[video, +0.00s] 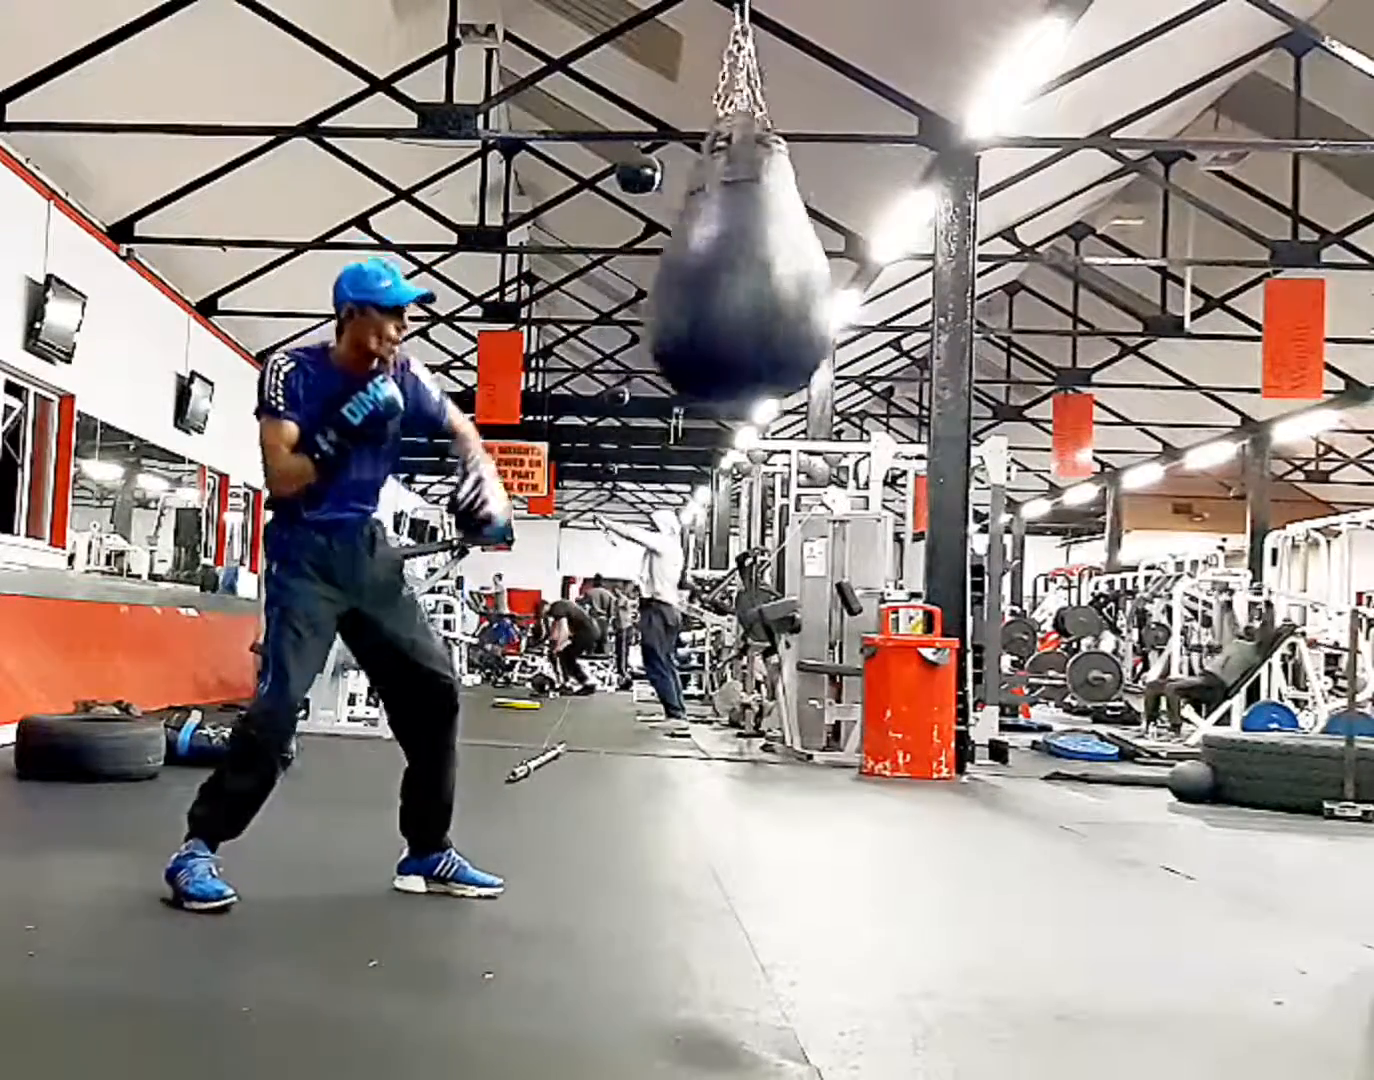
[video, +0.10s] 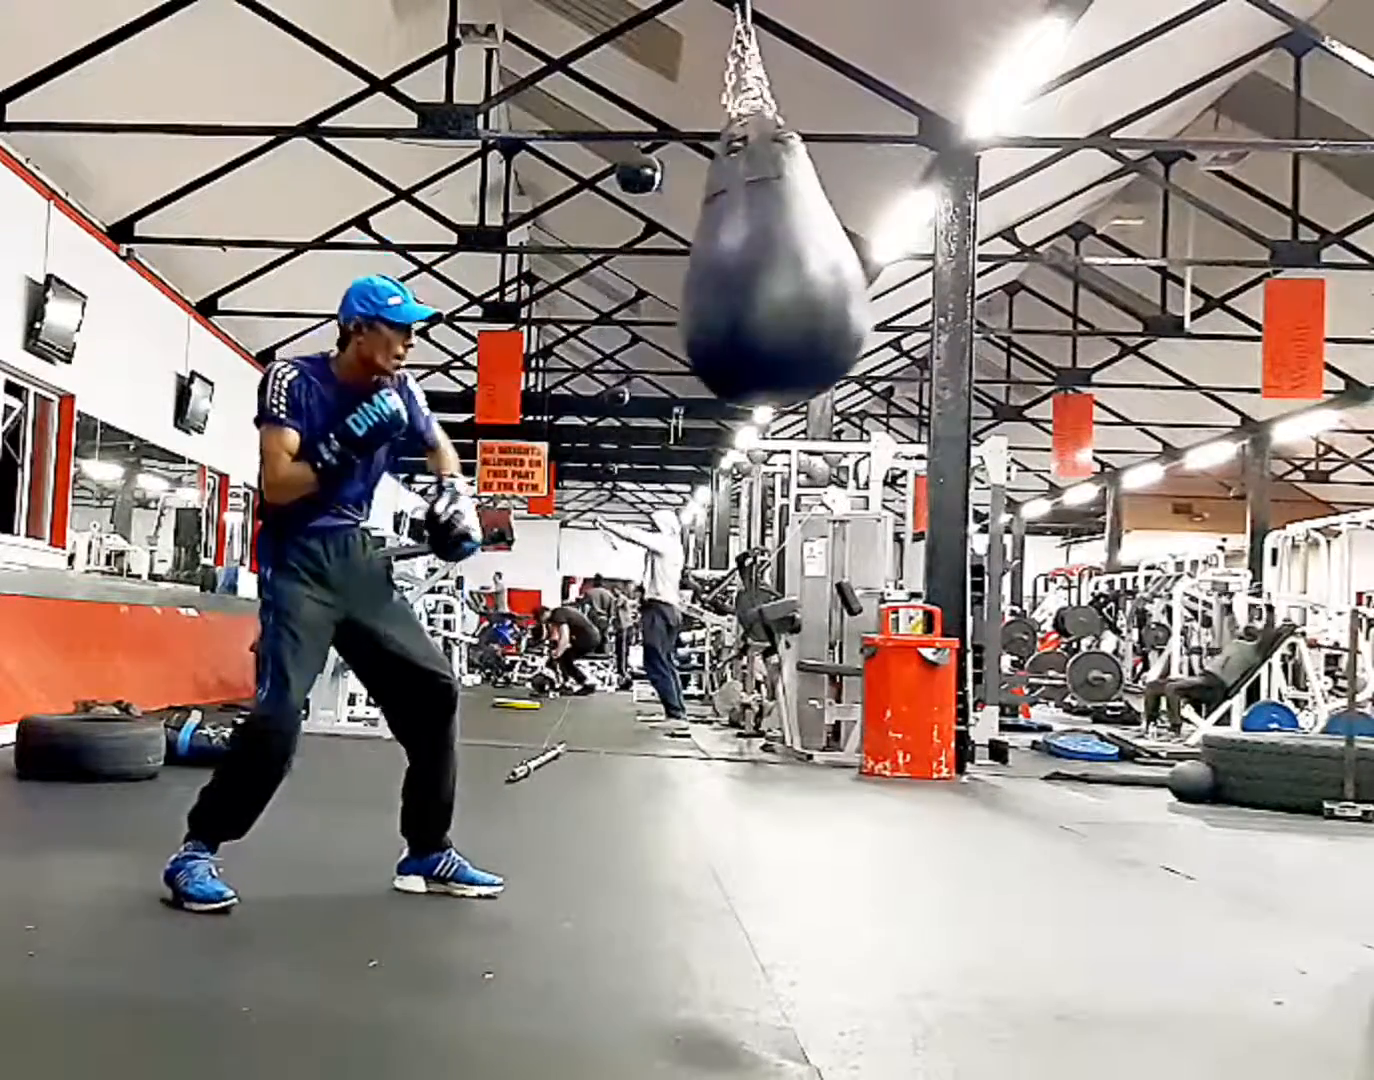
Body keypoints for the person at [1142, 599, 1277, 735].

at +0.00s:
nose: (1252, 626)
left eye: (1257, 625)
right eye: (1253, 623)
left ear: (1262, 633)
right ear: (1247, 629)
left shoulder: (1258, 651)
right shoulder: (1237, 642)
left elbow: (1268, 628)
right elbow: (1231, 625)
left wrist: (1268, 607)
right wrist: (1227, 605)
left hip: (1219, 683)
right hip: (1204, 676)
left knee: (1172, 688)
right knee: (1152, 687)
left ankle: (1175, 730)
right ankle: (1148, 727)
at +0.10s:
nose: (1249, 630)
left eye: (1253, 629)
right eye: (1247, 628)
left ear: (1258, 635)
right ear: (1244, 632)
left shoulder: (1257, 651)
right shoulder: (1235, 643)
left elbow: (1269, 631)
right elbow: (1231, 625)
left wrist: (1270, 610)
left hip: (1218, 684)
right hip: (1203, 677)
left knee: (1172, 688)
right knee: (1152, 687)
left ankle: (1175, 731)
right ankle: (1148, 727)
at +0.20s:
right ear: (1257, 634)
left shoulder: (1258, 650)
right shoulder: (1236, 643)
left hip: (1217, 684)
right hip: (1202, 677)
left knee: (1173, 688)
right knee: (1152, 687)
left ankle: (1175, 731)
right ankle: (1148, 727)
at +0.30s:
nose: (1251, 630)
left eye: (1256, 630)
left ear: (1258, 636)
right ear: (1248, 633)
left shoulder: (1256, 649)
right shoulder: (1232, 643)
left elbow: (1271, 648)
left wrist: (1282, 634)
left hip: (1218, 683)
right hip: (1202, 677)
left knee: (1172, 688)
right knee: (1152, 688)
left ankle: (1175, 731)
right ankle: (1148, 727)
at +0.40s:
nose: (1256, 634)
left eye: (1258, 633)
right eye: (1256, 632)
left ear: (1258, 638)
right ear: (1251, 635)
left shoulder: (1260, 650)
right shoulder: (1235, 644)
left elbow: (1279, 659)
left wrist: (1276, 642)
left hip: (1217, 682)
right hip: (1201, 674)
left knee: (1172, 688)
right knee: (1152, 687)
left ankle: (1175, 731)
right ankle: (1148, 727)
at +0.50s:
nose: (1260, 637)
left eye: (1258, 635)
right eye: (1259, 635)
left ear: (1252, 637)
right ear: (1255, 639)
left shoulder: (1257, 651)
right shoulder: (1235, 645)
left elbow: (1279, 658)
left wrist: (1274, 643)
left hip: (1216, 682)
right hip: (1202, 674)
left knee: (1171, 688)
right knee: (1152, 687)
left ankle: (1175, 731)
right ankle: (1147, 727)